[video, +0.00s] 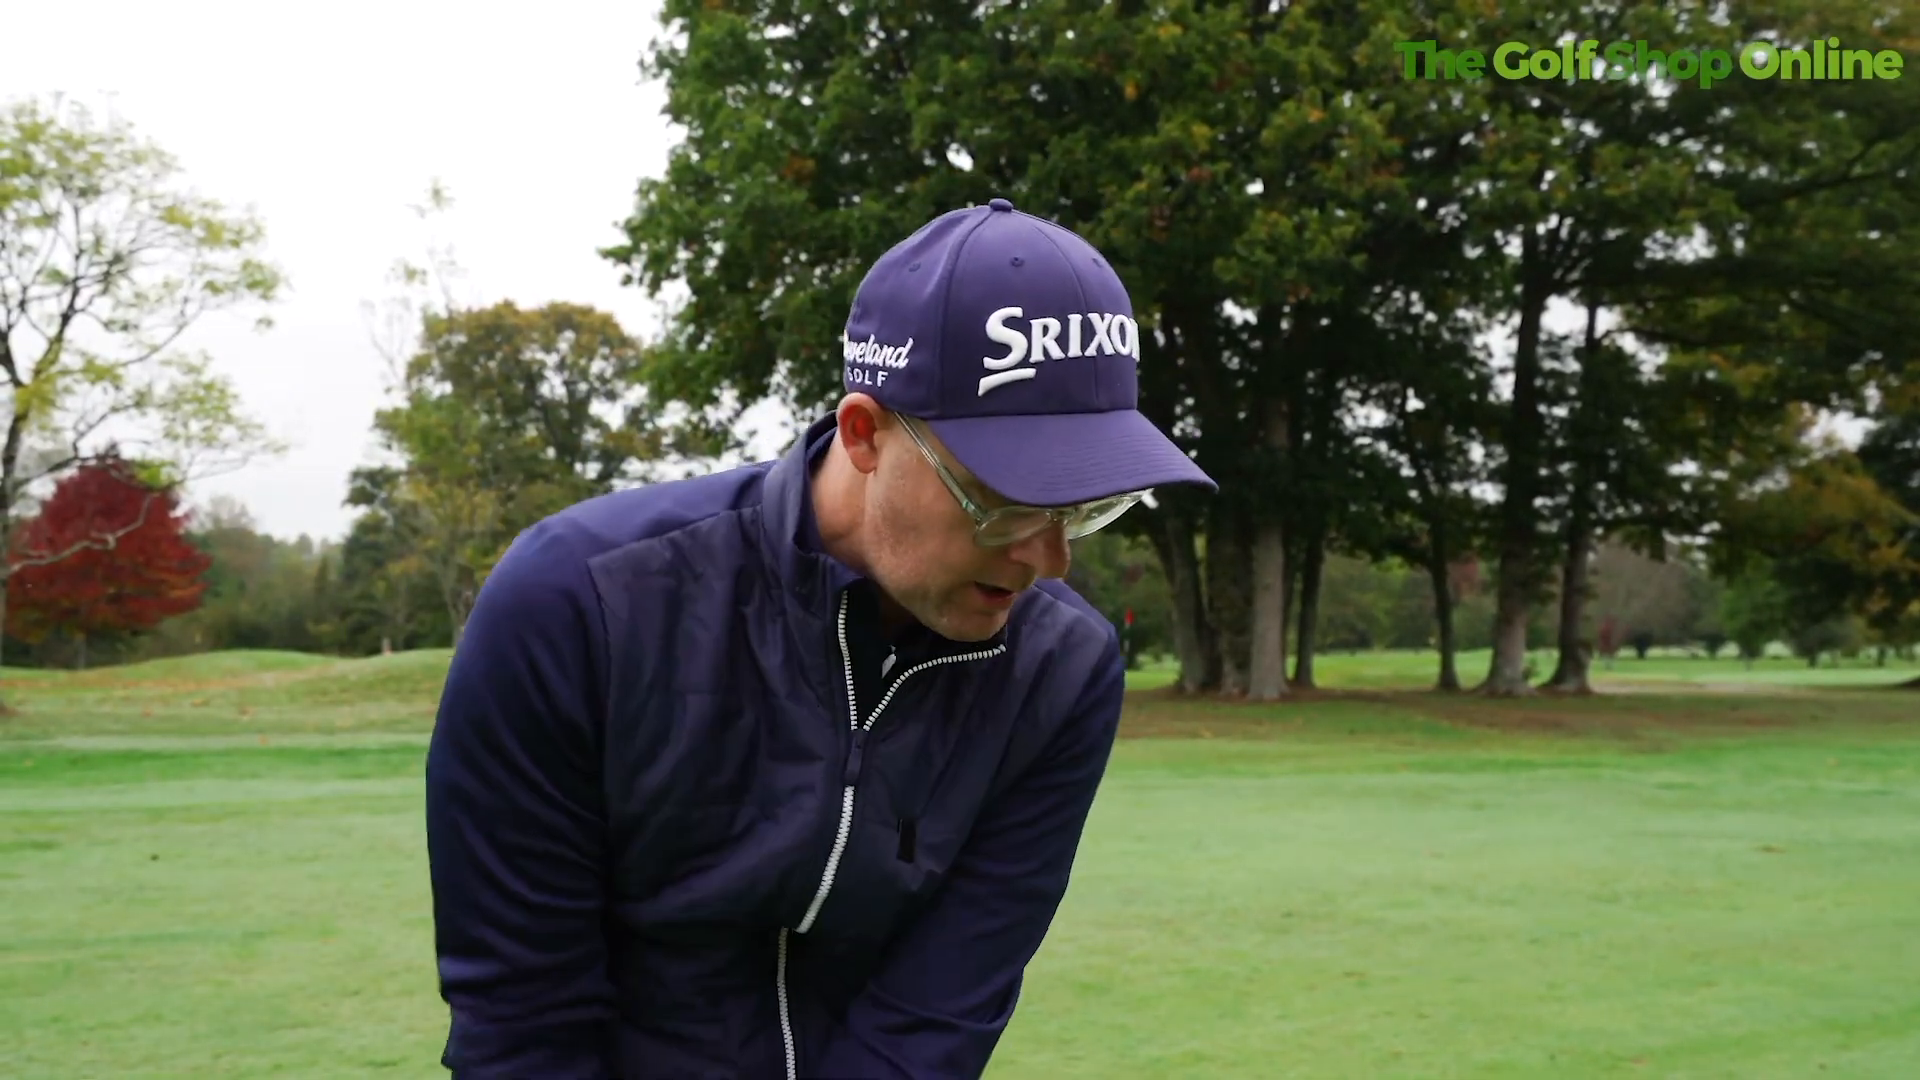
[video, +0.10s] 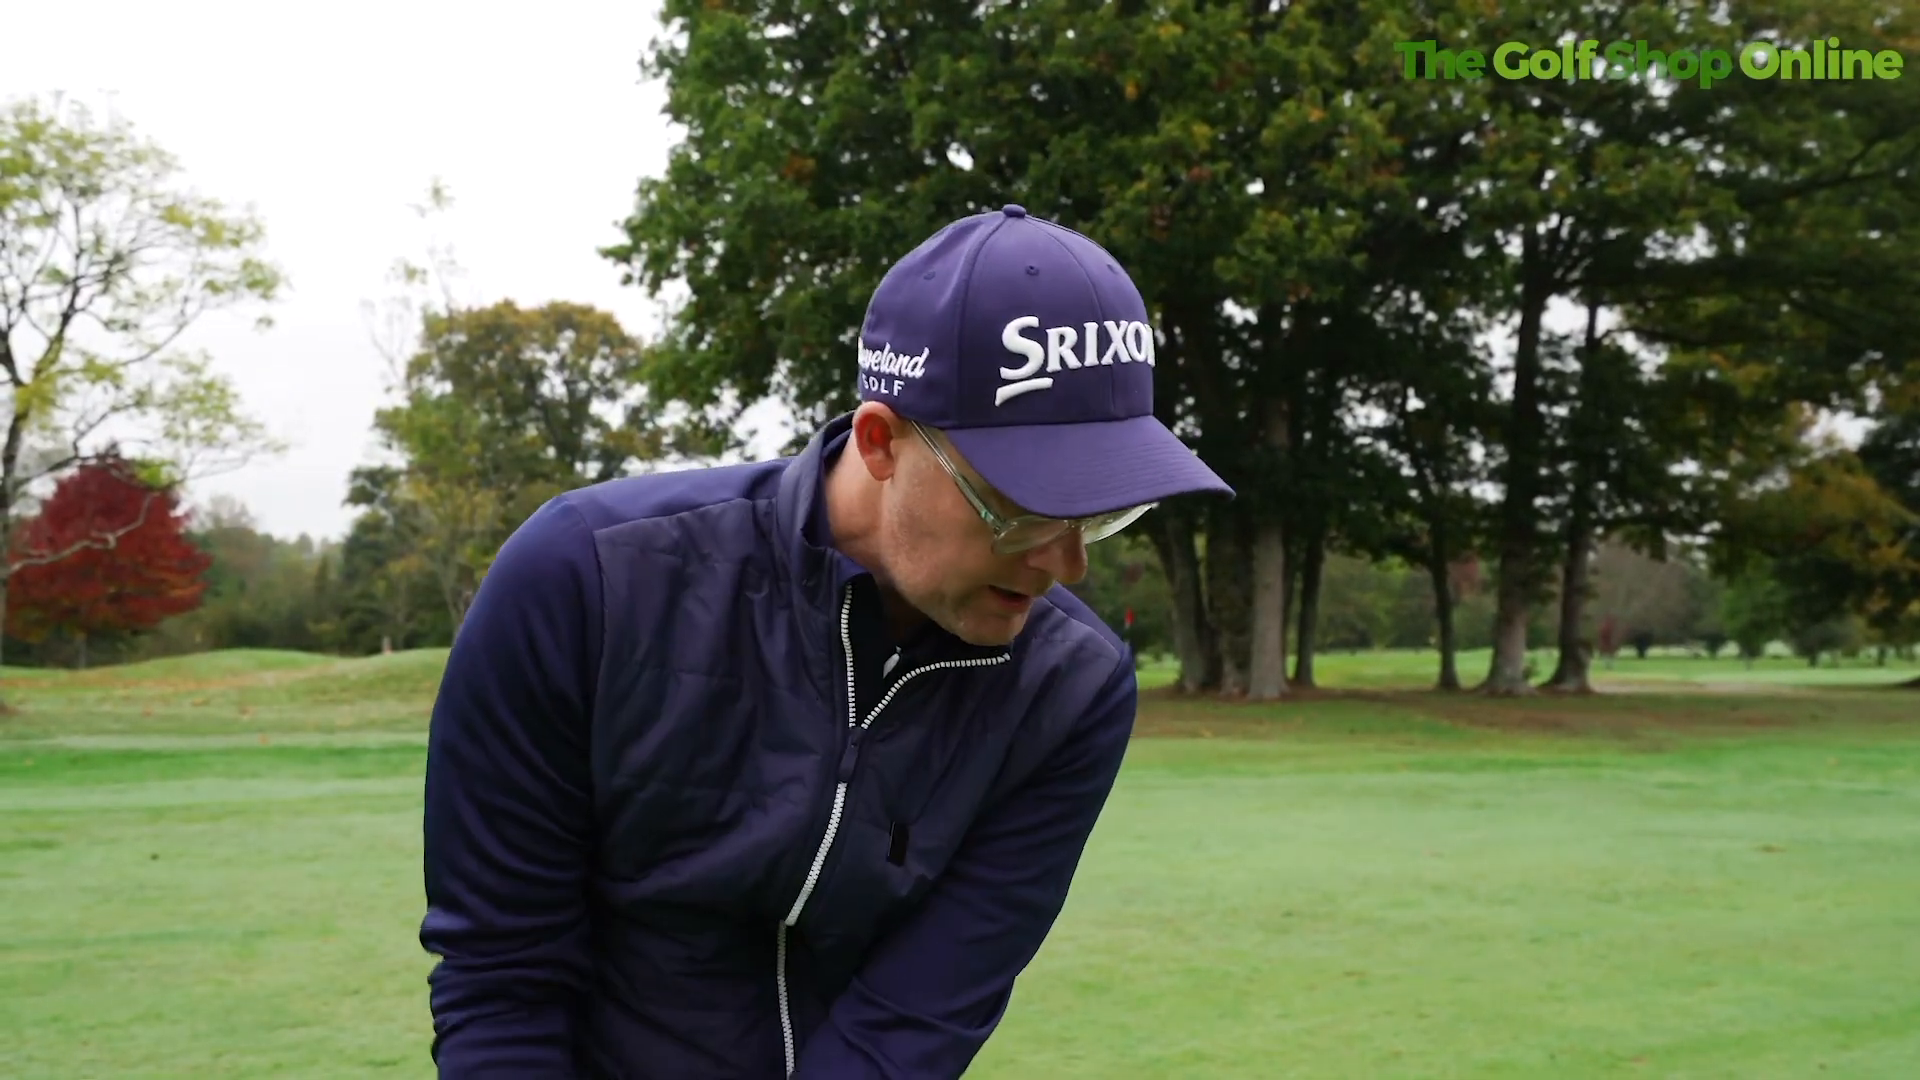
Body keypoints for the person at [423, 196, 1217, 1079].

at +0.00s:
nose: (1046, 557)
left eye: (1076, 504)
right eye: (1004, 500)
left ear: (1108, 473)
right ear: (863, 437)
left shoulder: (1064, 668)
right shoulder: (573, 602)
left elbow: (930, 1034)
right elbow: (520, 1024)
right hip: (615, 1056)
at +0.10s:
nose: (1062, 562)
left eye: (1090, 510)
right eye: (1015, 508)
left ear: (1123, 472)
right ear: (879, 444)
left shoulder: (1074, 688)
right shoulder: (582, 577)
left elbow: (905, 1037)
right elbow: (498, 981)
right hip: (589, 1051)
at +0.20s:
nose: (1075, 571)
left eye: (1102, 520)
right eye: (1028, 519)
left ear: (1133, 474)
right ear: (891, 450)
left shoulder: (1081, 688)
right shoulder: (593, 578)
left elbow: (913, 1036)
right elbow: (506, 977)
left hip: (848, 1066)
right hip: (597, 1054)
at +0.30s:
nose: (1082, 579)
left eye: (1105, 527)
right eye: (1034, 528)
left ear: (1135, 478)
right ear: (895, 462)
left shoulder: (1085, 675)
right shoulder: (603, 613)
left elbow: (963, 1033)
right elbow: (548, 1022)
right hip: (649, 1055)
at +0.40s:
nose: (1088, 597)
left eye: (1107, 545)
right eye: (1042, 548)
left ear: (1136, 487)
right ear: (897, 482)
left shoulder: (1078, 654)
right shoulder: (628, 679)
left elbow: (1005, 1019)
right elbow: (592, 1042)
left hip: (914, 1042)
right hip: (675, 1042)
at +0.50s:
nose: (1094, 618)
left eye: (1108, 564)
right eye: (1045, 568)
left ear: (1132, 503)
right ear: (896, 509)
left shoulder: (1050, 651)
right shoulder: (673, 765)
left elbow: (1018, 994)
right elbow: (678, 1056)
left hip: (868, 1035)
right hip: (659, 1043)